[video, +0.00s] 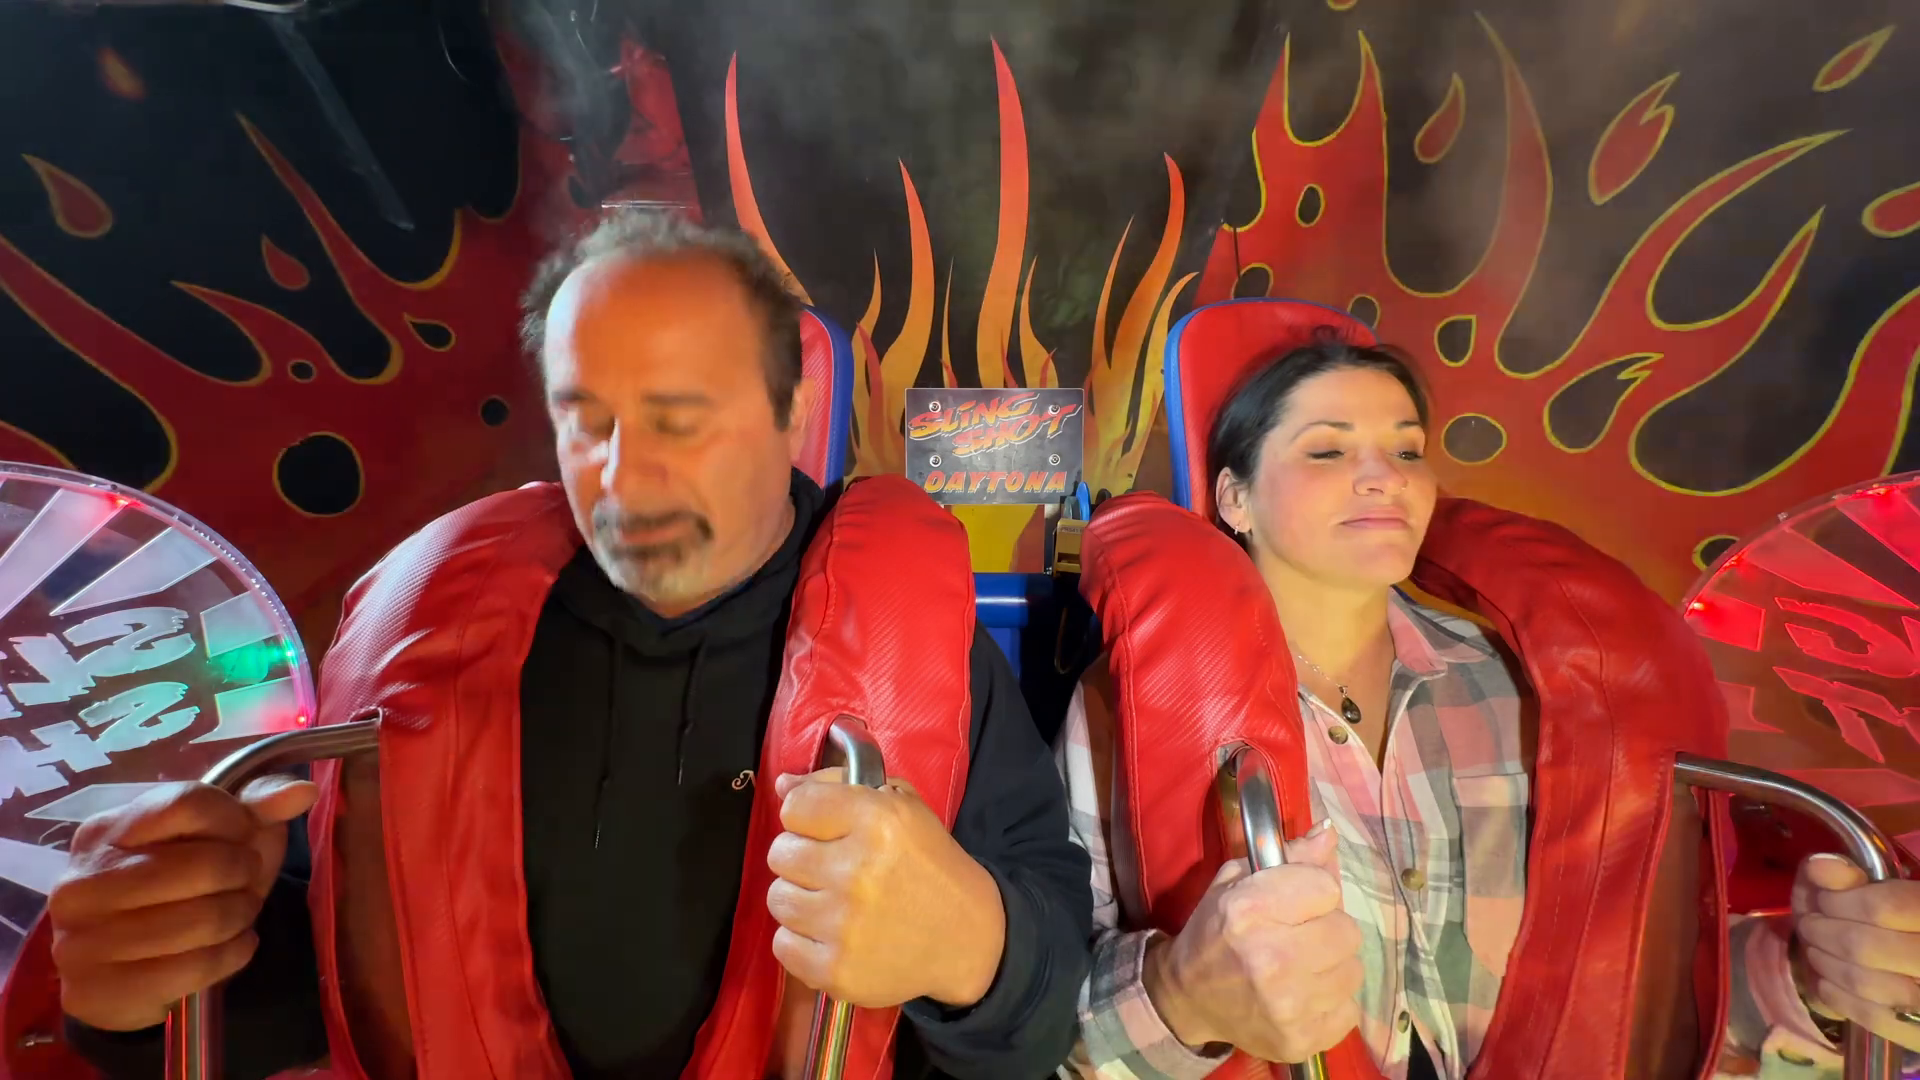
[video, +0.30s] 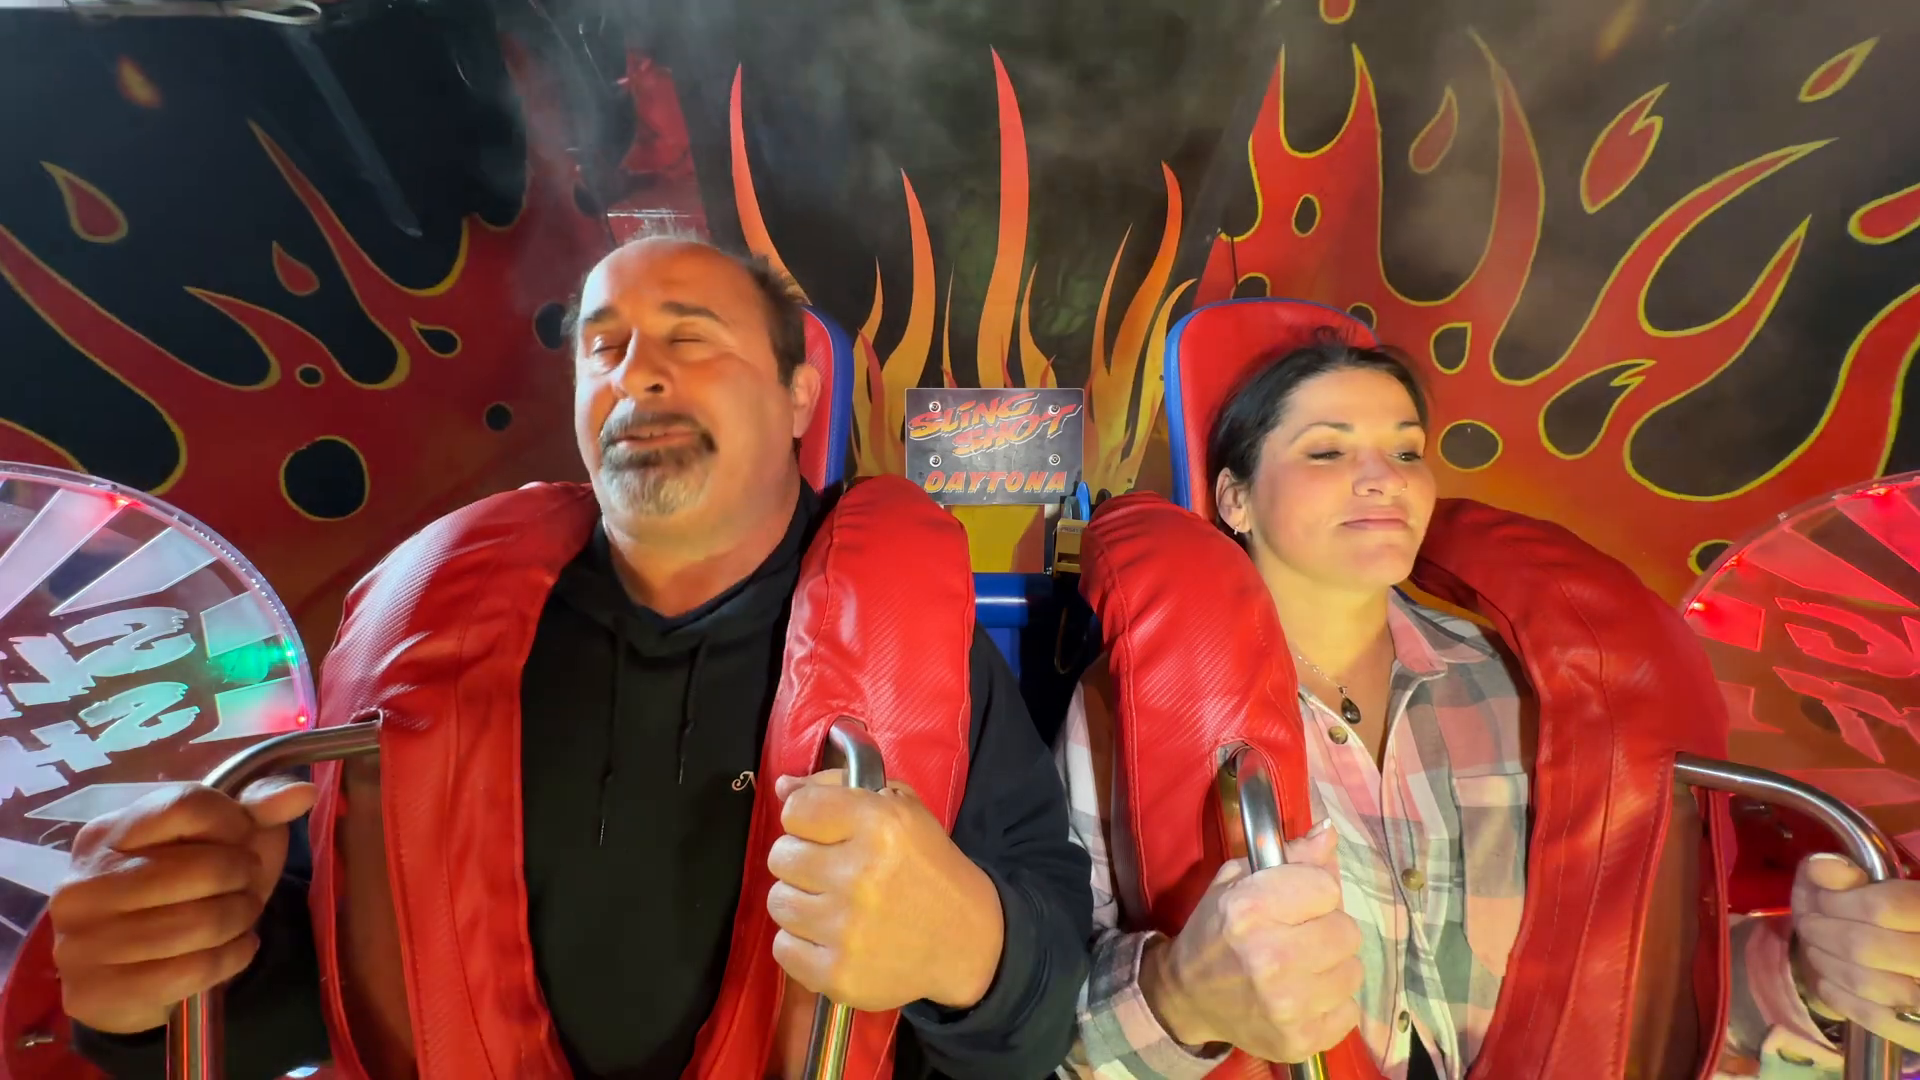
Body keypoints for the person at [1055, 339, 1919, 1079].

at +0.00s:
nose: (1382, 485)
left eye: (1405, 454)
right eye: (1328, 454)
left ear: (1436, 487)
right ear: (1235, 500)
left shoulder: (1514, 692)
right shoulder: (1137, 715)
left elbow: (1605, 972)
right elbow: (1055, 1029)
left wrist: (1801, 972)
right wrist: (1173, 1003)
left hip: (1488, 1066)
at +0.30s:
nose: (1382, 483)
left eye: (1405, 454)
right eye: (1328, 453)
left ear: (1435, 488)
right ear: (1236, 500)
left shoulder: (1523, 695)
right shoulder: (1138, 717)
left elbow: (1616, 974)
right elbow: (1054, 1034)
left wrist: (1800, 970)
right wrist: (1171, 1006)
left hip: (1491, 1067)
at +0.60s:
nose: (1383, 485)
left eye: (1405, 456)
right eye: (1328, 456)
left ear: (1435, 489)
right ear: (1235, 501)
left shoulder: (1520, 693)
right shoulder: (1138, 716)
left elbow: (1612, 974)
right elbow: (1053, 1031)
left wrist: (1801, 972)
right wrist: (1172, 1004)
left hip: (1496, 1068)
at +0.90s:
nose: (1384, 487)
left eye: (1404, 458)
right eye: (1330, 458)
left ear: (1433, 491)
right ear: (1236, 502)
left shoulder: (1513, 692)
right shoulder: (1140, 713)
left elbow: (1617, 957)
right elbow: (1061, 1033)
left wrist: (1812, 976)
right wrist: (1173, 1001)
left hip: (1490, 1066)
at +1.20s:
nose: (1386, 485)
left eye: (1405, 456)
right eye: (1330, 456)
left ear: (1432, 490)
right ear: (1237, 503)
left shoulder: (1517, 690)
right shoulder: (1144, 711)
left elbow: (1618, 959)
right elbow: (1059, 1034)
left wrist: (1807, 976)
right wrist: (1171, 1000)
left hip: (1494, 1063)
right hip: (1263, 1070)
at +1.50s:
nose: (1385, 483)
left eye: (1406, 456)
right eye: (1330, 456)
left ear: (1434, 492)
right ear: (1237, 502)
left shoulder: (1520, 690)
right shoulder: (1142, 713)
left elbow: (1614, 969)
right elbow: (1053, 1034)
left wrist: (1803, 974)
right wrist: (1172, 999)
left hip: (1497, 1064)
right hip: (1260, 1071)